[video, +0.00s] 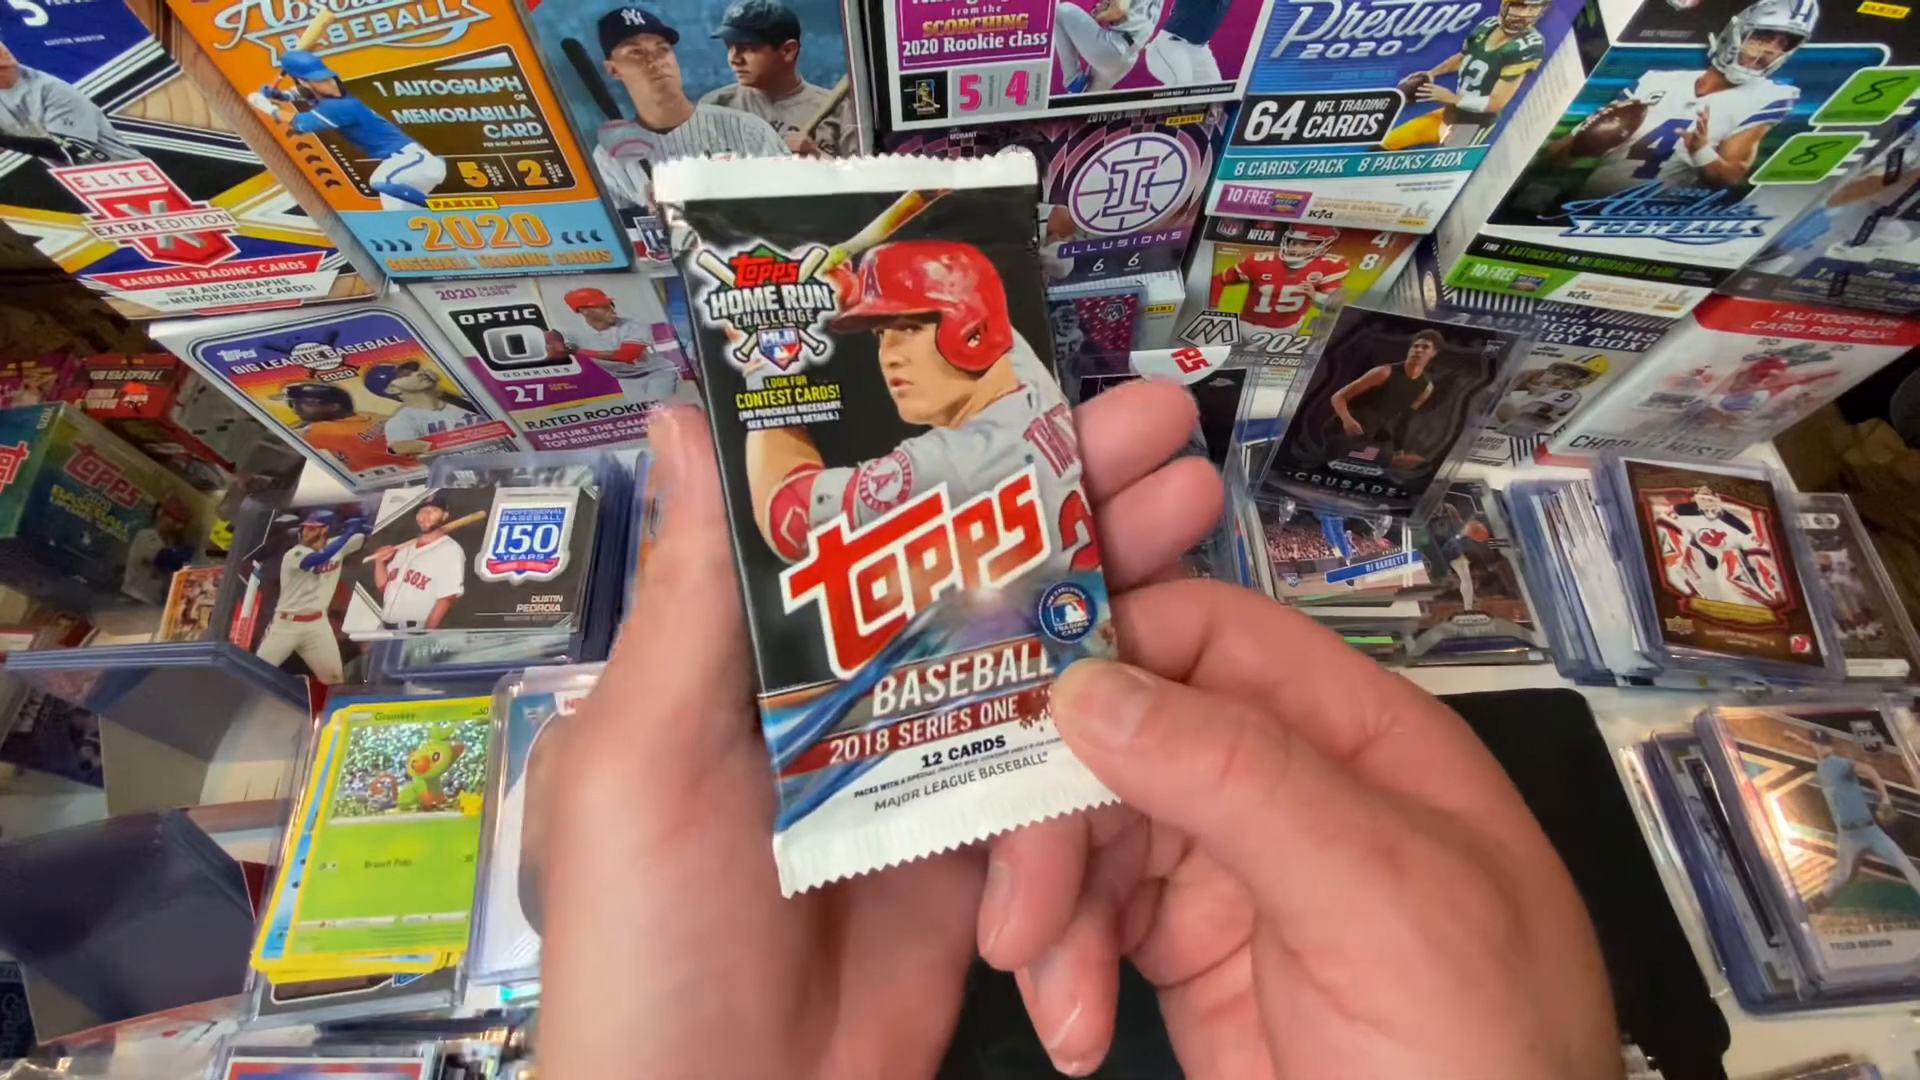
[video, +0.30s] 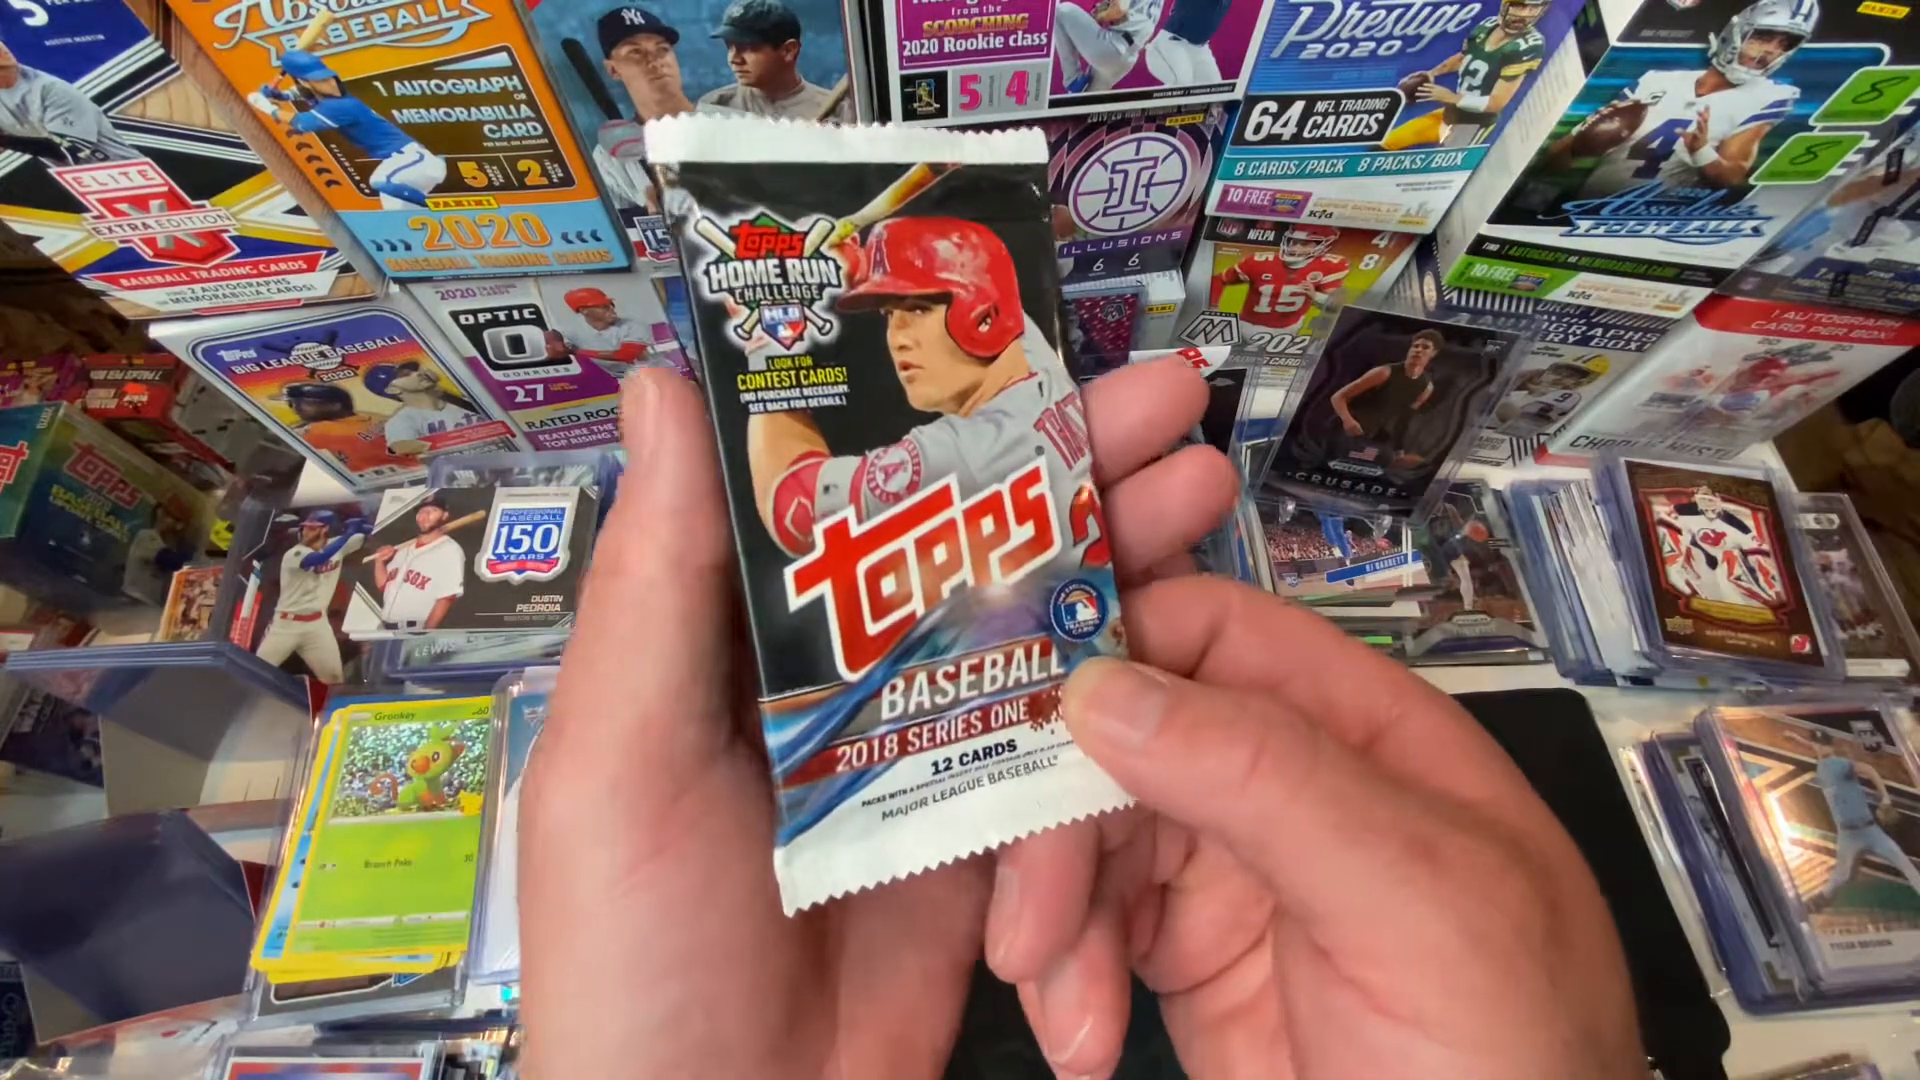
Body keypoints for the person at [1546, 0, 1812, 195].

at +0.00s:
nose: (1770, 51)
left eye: (1783, 45)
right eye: (1764, 37)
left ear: (1789, 56)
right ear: (1737, 33)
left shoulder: (1761, 102)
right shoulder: (1658, 83)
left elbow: (1735, 176)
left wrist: (1703, 154)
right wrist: (1579, 141)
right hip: (1591, 204)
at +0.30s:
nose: (1770, 52)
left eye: (1783, 46)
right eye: (1764, 37)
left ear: (1788, 56)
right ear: (1737, 33)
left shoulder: (1762, 100)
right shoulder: (1658, 82)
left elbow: (1736, 176)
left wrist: (1702, 154)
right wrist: (1580, 140)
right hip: (1592, 205)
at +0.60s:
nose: (1771, 52)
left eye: (1784, 46)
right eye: (1764, 37)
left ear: (1789, 56)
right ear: (1738, 33)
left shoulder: (1762, 100)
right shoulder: (1658, 82)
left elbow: (1736, 177)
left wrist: (1702, 153)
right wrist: (1580, 139)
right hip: (1592, 206)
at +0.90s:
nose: (1770, 51)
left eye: (1782, 45)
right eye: (1763, 37)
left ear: (1788, 57)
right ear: (1737, 34)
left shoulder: (1764, 100)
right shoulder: (1658, 81)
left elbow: (1736, 177)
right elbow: (1555, 157)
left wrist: (1701, 153)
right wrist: (1582, 140)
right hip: (1592, 205)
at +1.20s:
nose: (1770, 51)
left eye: (1783, 45)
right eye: (1764, 38)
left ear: (1788, 56)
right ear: (1737, 33)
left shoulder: (1764, 100)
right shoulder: (1658, 82)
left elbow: (1736, 177)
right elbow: (1559, 155)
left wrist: (1701, 153)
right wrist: (1582, 139)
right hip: (1593, 204)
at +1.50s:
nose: (1770, 51)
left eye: (1783, 45)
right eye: (1763, 37)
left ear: (1788, 56)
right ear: (1737, 33)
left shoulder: (1762, 100)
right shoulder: (1658, 82)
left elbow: (1735, 178)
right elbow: (1557, 156)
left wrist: (1702, 153)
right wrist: (1582, 138)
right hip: (1593, 206)